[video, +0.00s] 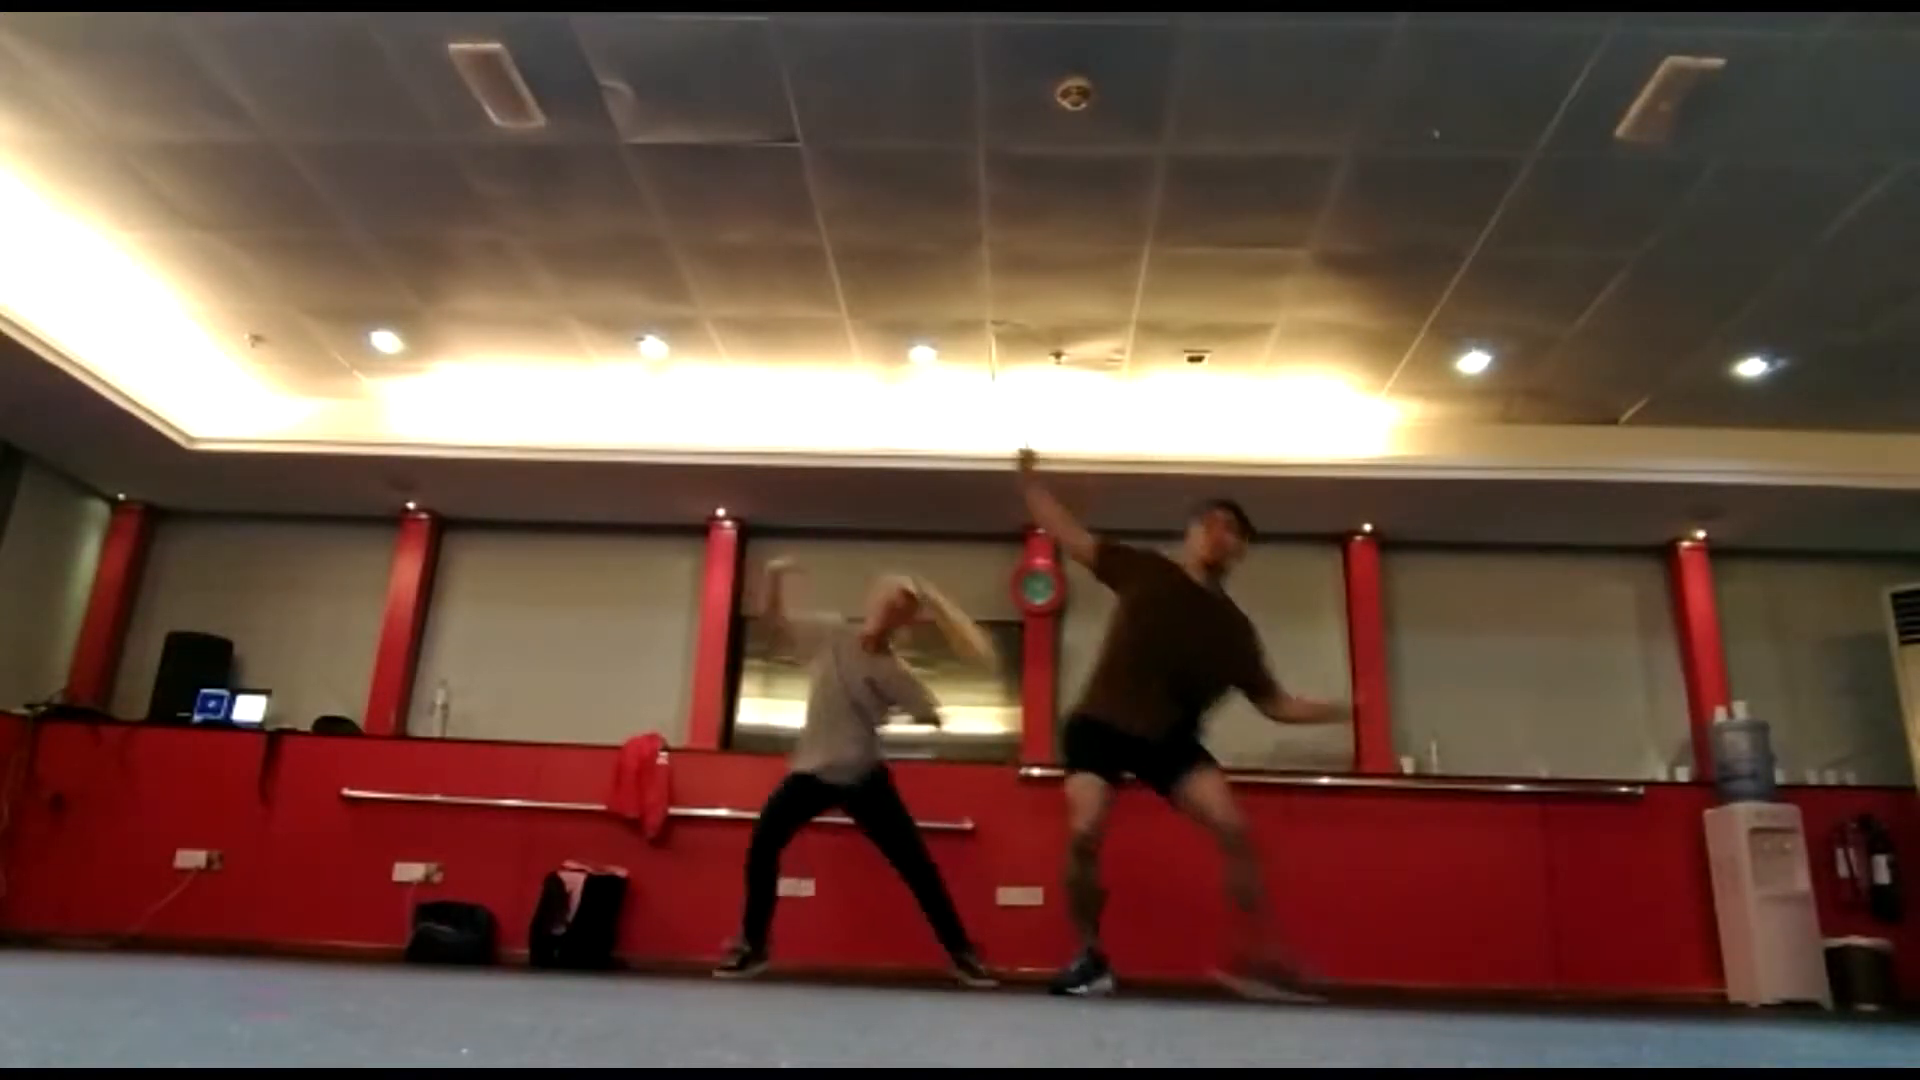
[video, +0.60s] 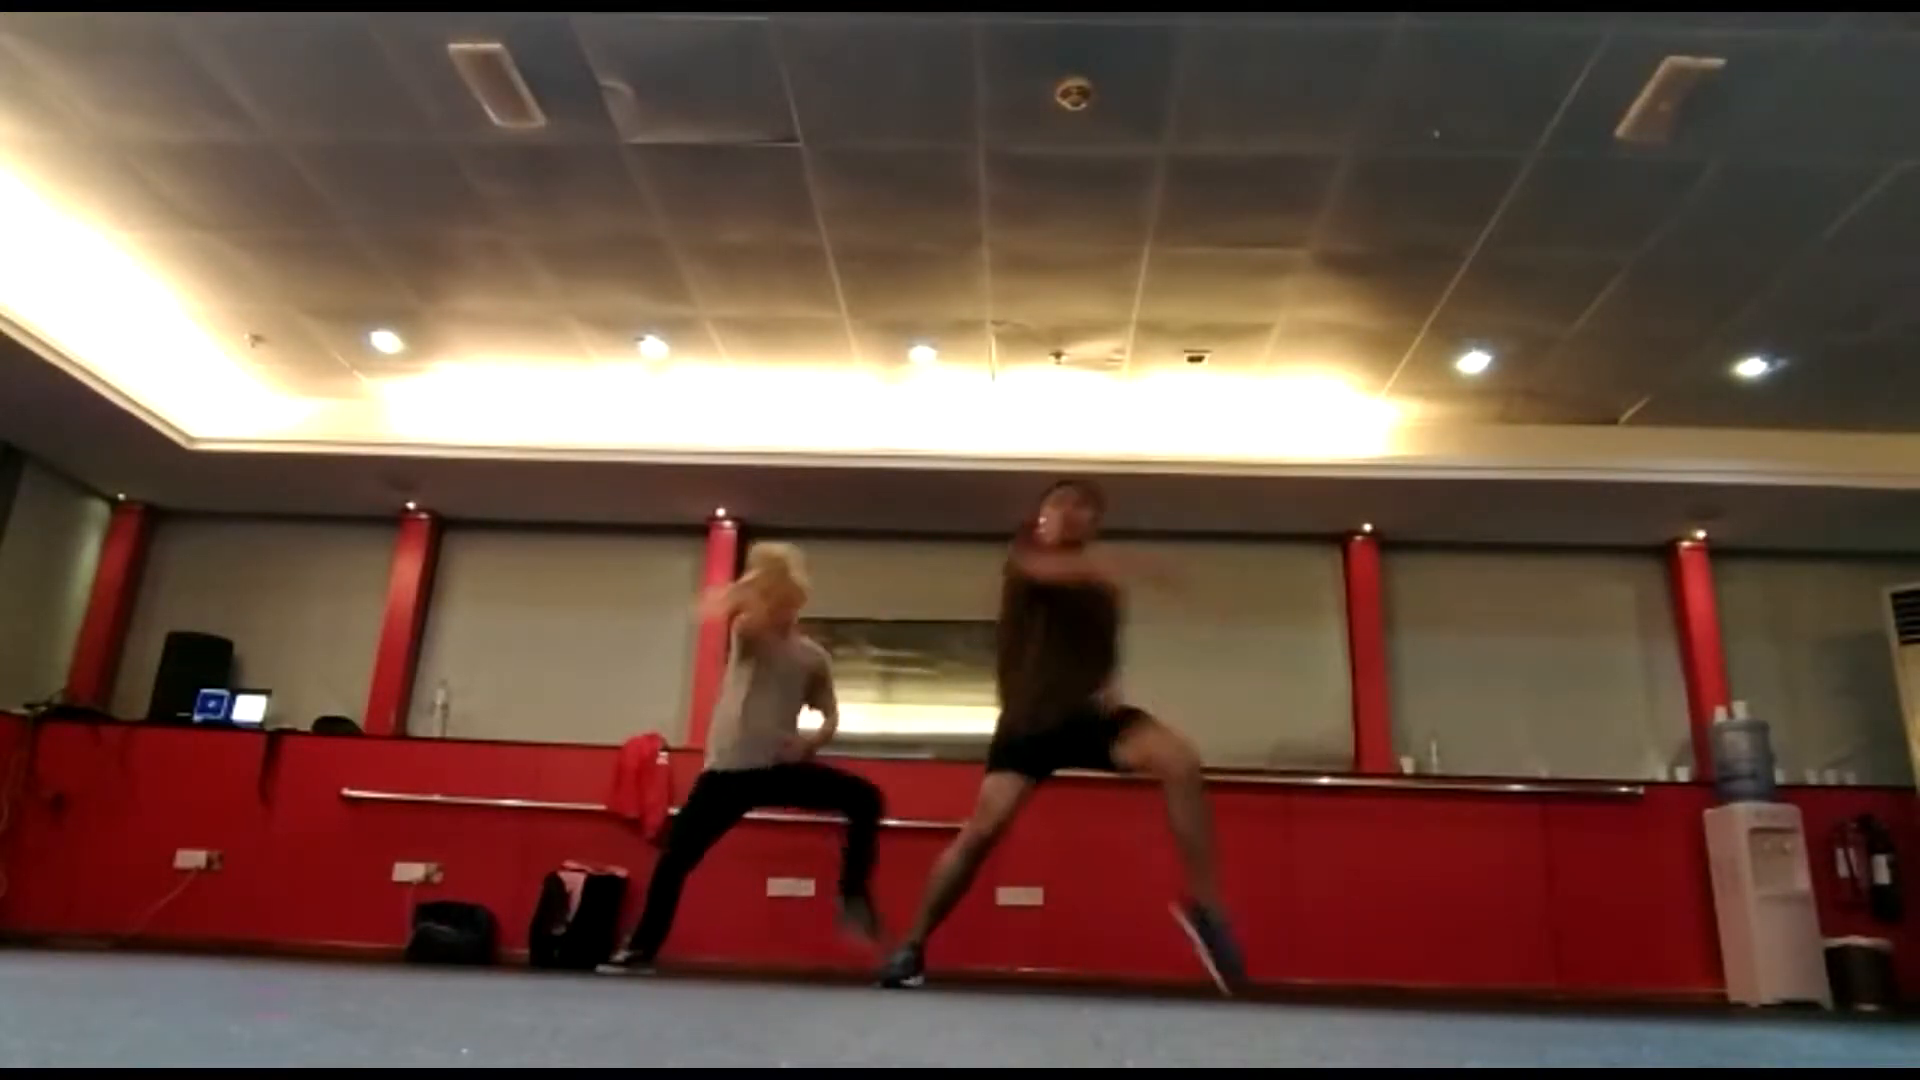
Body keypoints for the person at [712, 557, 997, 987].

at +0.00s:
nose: (889, 612)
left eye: (900, 608)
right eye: (887, 601)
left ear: (905, 621)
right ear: (871, 603)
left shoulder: (892, 672)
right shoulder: (830, 636)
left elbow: (930, 714)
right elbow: (774, 623)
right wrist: (774, 579)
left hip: (864, 778)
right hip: (812, 774)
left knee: (916, 867)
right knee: (763, 847)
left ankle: (963, 957)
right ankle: (753, 948)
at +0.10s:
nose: (864, 593)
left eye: (875, 588)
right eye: (860, 583)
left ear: (886, 598)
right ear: (849, 585)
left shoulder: (876, 655)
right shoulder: (814, 614)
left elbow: (902, 711)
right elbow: (766, 601)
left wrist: (858, 714)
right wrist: (788, 573)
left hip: (840, 759)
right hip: (789, 755)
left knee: (883, 838)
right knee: (754, 841)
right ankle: (740, 938)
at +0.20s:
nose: (847, 584)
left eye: (856, 576)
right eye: (841, 573)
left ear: (866, 584)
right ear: (826, 576)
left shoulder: (862, 640)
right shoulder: (797, 610)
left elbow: (889, 697)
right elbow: (741, 582)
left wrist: (853, 714)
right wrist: (773, 575)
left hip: (827, 748)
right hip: (776, 742)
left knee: (843, 843)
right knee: (737, 830)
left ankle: (831, 948)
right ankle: (706, 926)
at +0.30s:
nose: (799, 580)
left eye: (806, 572)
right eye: (791, 572)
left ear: (819, 578)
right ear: (774, 578)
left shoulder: (830, 635)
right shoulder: (758, 620)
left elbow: (857, 678)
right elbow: (745, 594)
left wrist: (830, 725)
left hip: (805, 756)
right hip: (750, 757)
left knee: (850, 819)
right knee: (703, 848)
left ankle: (843, 928)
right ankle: (647, 940)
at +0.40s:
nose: (760, 597)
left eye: (768, 587)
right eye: (753, 589)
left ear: (784, 592)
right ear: (743, 595)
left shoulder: (805, 647)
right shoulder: (742, 636)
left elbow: (830, 703)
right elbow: (762, 657)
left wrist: (810, 742)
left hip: (785, 766)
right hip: (737, 769)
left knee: (835, 779)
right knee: (683, 858)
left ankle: (836, 869)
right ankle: (643, 948)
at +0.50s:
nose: (749, 608)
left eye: (756, 598)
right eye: (743, 600)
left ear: (780, 600)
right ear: (736, 604)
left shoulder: (800, 658)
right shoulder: (735, 644)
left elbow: (827, 713)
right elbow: (745, 687)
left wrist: (807, 741)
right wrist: (794, 712)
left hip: (774, 777)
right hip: (726, 781)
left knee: (824, 765)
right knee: (669, 862)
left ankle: (836, 849)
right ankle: (641, 949)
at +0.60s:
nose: (768, 602)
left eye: (775, 593)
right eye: (762, 593)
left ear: (792, 598)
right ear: (750, 597)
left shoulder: (811, 656)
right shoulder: (747, 637)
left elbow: (830, 718)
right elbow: (743, 624)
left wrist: (809, 746)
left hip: (780, 772)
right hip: (728, 774)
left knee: (863, 798)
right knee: (675, 858)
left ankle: (855, 900)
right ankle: (642, 950)